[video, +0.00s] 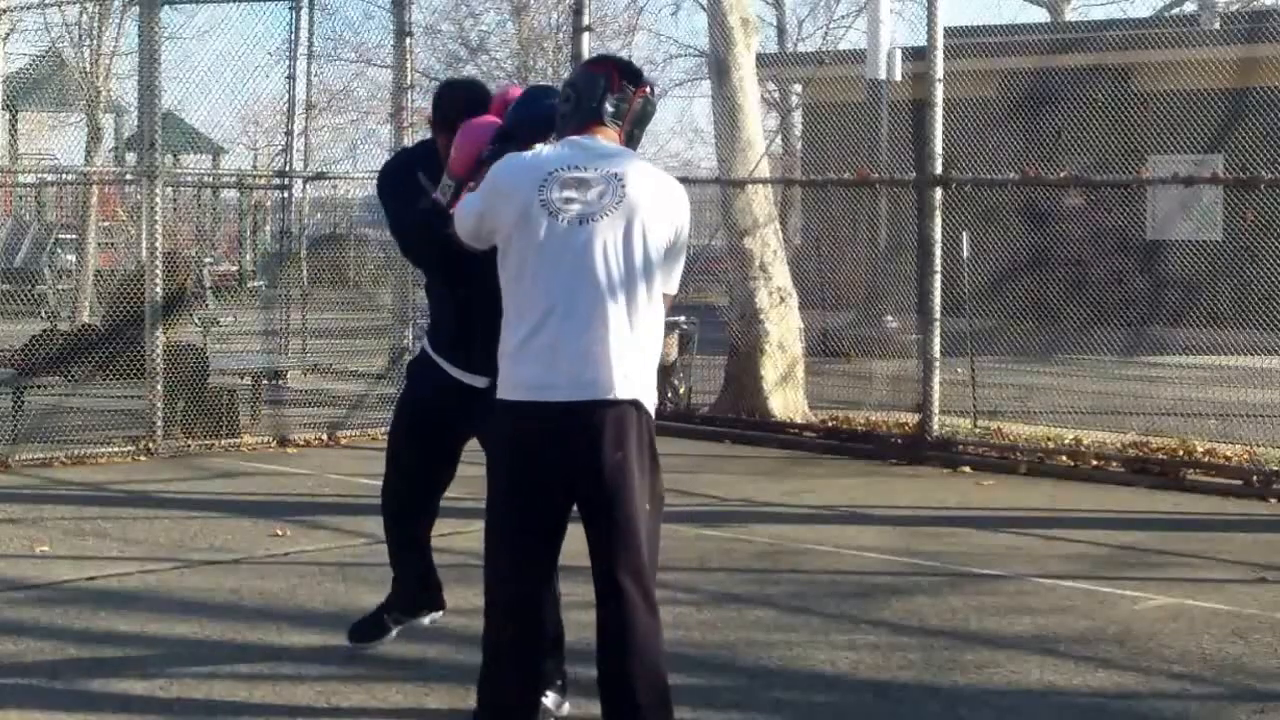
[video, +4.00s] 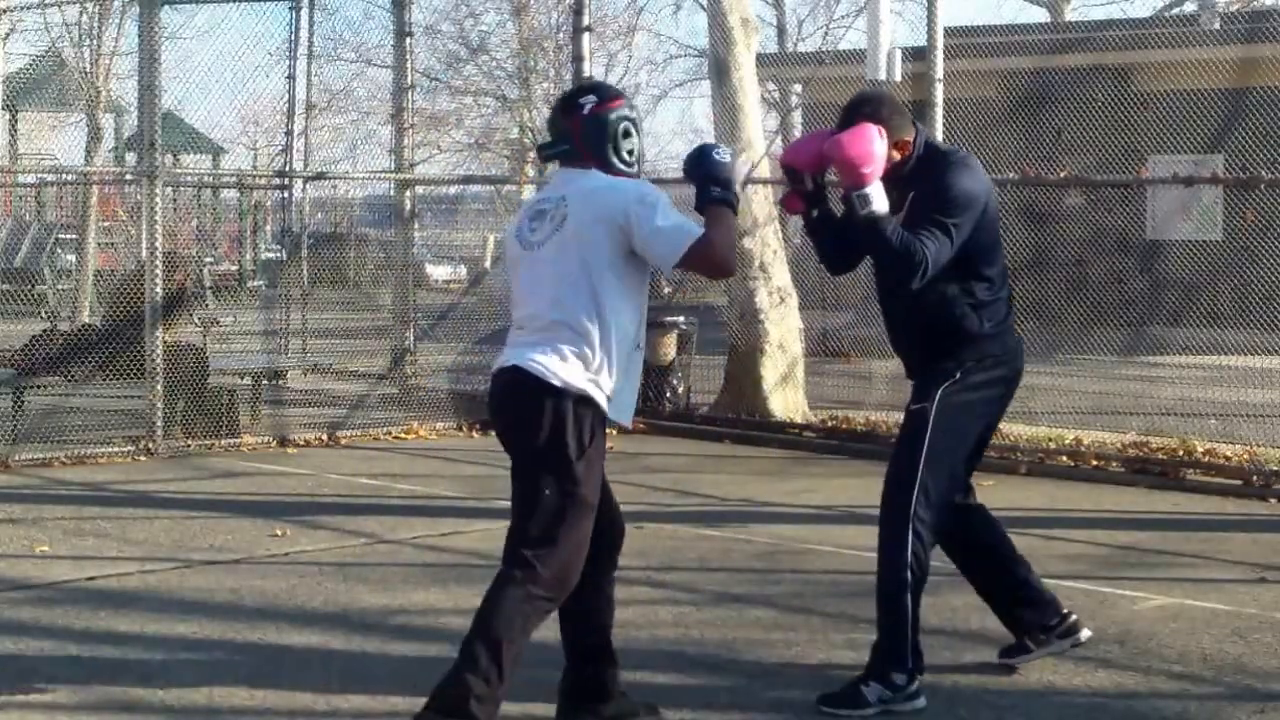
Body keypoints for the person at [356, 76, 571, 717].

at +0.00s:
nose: (481, 152)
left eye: (491, 143)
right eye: (477, 140)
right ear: (461, 135)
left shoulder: (528, 178)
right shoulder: (408, 173)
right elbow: (422, 246)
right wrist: (456, 187)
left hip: (519, 384)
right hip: (445, 369)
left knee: (524, 536)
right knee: (405, 497)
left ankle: (546, 674)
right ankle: (416, 594)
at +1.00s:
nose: (670, 113)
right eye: (668, 103)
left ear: (587, 102)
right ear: (658, 108)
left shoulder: (527, 188)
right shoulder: (682, 201)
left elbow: (499, 301)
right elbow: (700, 314)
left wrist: (576, 301)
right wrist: (632, 305)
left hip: (531, 416)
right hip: (624, 422)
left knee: (515, 591)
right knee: (627, 599)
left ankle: (493, 712)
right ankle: (615, 713)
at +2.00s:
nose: (656, 134)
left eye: (656, 121)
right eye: (650, 121)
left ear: (586, 110)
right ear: (626, 122)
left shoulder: (534, 165)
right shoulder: (621, 209)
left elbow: (476, 220)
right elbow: (662, 323)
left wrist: (542, 260)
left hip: (507, 400)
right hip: (573, 413)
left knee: (530, 566)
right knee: (583, 584)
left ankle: (518, 701)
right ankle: (548, 706)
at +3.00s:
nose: (715, 368)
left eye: (726, 358)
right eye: (719, 354)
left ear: (689, 311)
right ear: (695, 328)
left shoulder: (641, 325)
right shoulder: (625, 361)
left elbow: (632, 436)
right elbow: (608, 477)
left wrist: (684, 421)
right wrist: (683, 437)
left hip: (534, 467)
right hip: (492, 471)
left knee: (629, 535)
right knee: (568, 598)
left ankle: (616, 680)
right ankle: (476, 708)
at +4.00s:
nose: (635, 145)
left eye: (632, 134)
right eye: (630, 134)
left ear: (561, 142)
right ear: (617, 138)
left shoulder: (532, 211)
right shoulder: (624, 195)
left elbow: (534, 306)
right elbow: (718, 258)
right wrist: (718, 193)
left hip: (514, 386)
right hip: (567, 394)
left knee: (599, 533)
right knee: (546, 559)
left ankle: (591, 695)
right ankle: (459, 705)